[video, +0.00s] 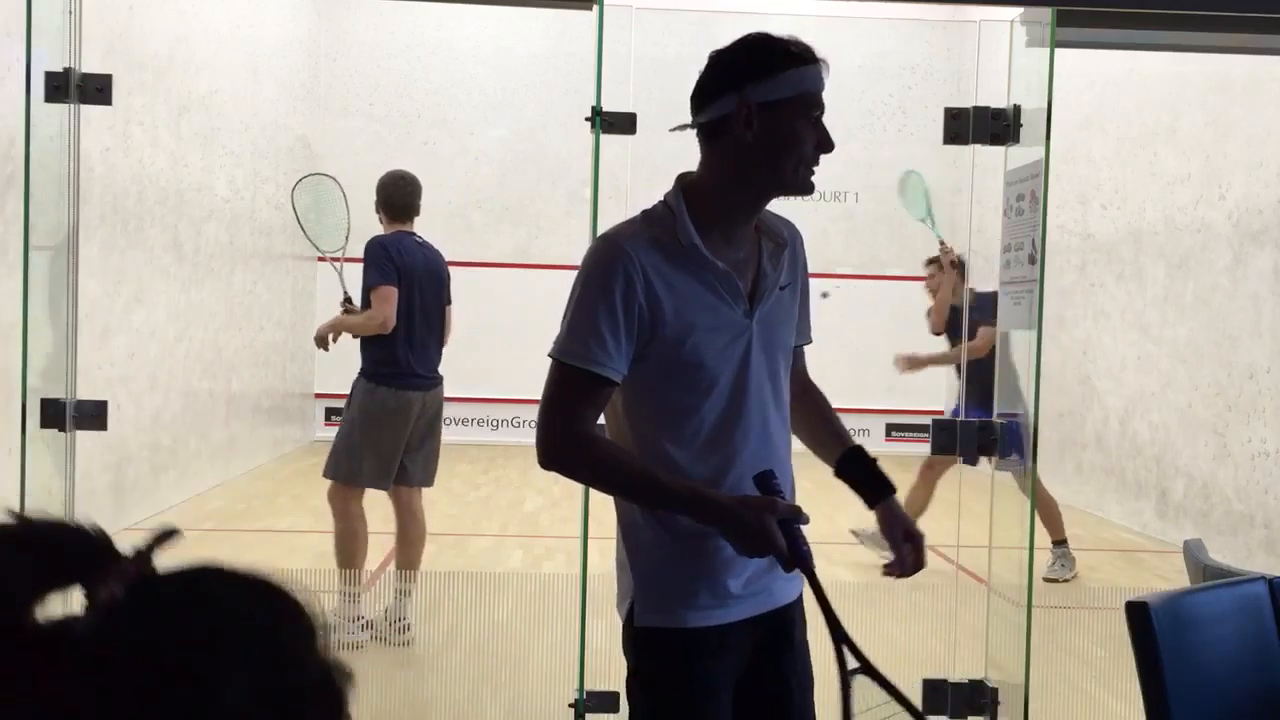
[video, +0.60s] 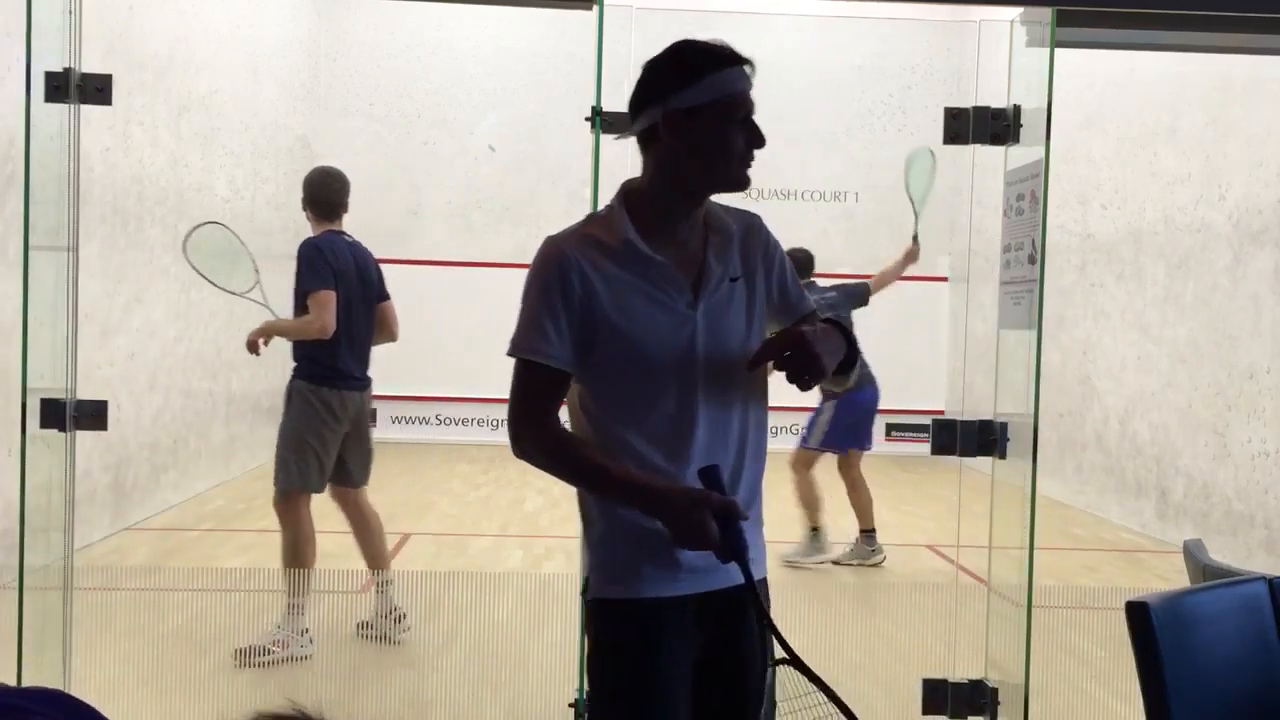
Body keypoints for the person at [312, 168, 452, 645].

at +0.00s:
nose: (378, 213)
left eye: (376, 206)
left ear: (379, 208)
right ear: (418, 209)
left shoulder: (382, 248)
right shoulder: (436, 258)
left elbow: (380, 318)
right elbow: (443, 333)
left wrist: (338, 324)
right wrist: (375, 321)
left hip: (382, 394)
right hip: (427, 395)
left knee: (344, 494)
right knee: (408, 494)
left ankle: (349, 616)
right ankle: (402, 613)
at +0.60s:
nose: (305, 211)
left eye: (303, 204)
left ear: (305, 206)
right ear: (347, 206)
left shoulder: (315, 250)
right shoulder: (364, 256)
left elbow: (321, 323)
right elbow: (387, 329)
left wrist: (269, 328)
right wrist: (336, 337)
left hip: (316, 396)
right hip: (356, 397)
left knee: (290, 499)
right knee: (348, 491)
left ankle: (294, 628)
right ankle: (391, 609)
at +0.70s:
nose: (287, 208)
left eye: (285, 201)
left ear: (288, 204)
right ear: (330, 203)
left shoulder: (299, 248)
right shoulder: (346, 255)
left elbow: (301, 321)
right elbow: (366, 330)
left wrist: (249, 325)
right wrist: (313, 335)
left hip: (301, 392)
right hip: (334, 393)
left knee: (287, 500)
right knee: (312, 494)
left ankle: (294, 629)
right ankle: (362, 587)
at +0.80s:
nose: (270, 203)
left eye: (270, 195)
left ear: (273, 200)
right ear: (313, 201)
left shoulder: (284, 246)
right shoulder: (328, 253)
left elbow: (277, 321)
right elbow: (340, 329)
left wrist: (225, 323)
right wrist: (268, 330)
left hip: (288, 389)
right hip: (314, 389)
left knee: (283, 500)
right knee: (257, 479)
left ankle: (293, 630)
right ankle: (305, 592)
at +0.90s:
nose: (254, 203)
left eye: (255, 195)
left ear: (255, 201)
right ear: (298, 203)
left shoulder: (271, 250)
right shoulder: (307, 253)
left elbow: (250, 315)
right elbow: (280, 326)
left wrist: (197, 322)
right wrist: (221, 321)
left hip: (274, 391)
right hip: (295, 388)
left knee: (268, 503)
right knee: (232, 475)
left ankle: (292, 627)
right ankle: (231, 602)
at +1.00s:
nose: (238, 208)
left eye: (239, 201)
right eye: (247, 201)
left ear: (244, 205)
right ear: (284, 207)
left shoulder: (268, 254)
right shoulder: (278, 257)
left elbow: (225, 301)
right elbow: (240, 325)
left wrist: (168, 318)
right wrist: (186, 310)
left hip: (263, 394)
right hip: (264, 392)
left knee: (245, 507)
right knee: (211, 483)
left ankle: (289, 629)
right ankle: (168, 604)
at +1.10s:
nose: (229, 219)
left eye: (230, 211)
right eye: (237, 211)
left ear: (232, 215)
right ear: (272, 216)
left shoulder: (262, 264)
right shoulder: (259, 265)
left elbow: (202, 306)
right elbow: (195, 322)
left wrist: (148, 319)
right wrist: (175, 289)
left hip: (247, 400)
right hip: (243, 398)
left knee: (221, 512)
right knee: (188, 488)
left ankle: (285, 625)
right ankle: (144, 610)